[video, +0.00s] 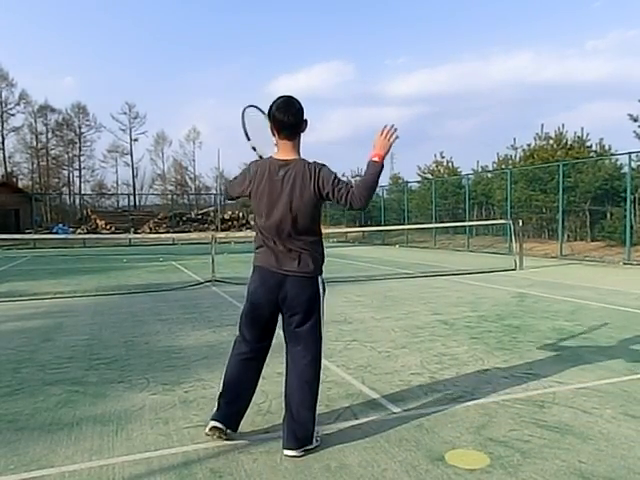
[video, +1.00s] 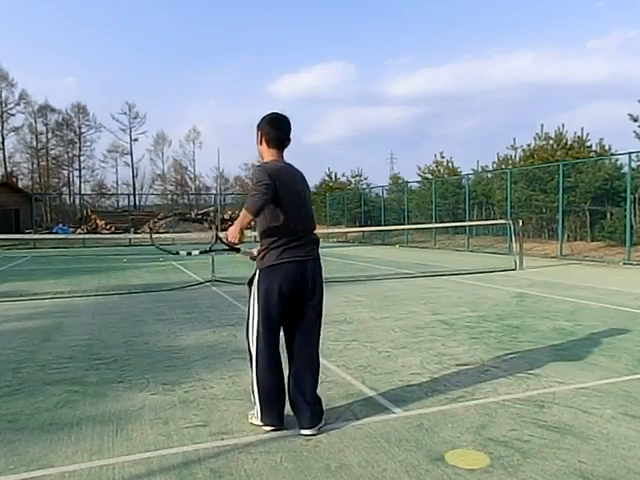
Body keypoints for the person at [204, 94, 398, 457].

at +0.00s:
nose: (279, 130)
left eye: (273, 125)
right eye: (301, 123)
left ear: (272, 129)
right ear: (304, 128)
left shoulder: (257, 172)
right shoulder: (315, 174)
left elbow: (230, 191)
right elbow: (357, 199)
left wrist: (255, 171)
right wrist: (377, 158)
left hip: (263, 277)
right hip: (302, 280)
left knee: (249, 345)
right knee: (302, 356)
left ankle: (224, 420)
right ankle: (297, 440)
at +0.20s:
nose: (268, 128)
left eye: (267, 123)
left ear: (270, 126)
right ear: (301, 126)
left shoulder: (267, 174)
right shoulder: (316, 165)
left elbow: (233, 217)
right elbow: (331, 171)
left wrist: (236, 217)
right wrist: (346, 141)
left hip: (271, 269)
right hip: (310, 270)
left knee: (251, 337)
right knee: (304, 348)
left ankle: (237, 412)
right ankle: (301, 433)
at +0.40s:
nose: (261, 128)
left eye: (263, 122)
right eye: (265, 122)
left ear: (266, 126)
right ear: (294, 130)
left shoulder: (277, 167)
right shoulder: (296, 163)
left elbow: (284, 211)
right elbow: (257, 178)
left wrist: (254, 224)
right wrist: (225, 189)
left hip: (274, 266)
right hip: (307, 264)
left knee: (261, 334)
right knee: (304, 338)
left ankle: (264, 408)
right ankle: (305, 422)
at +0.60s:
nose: (246, 146)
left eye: (247, 141)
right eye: (248, 141)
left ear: (252, 142)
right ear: (277, 146)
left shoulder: (271, 180)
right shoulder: (272, 183)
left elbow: (303, 207)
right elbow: (270, 229)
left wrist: (270, 230)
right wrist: (236, 234)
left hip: (271, 276)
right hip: (299, 274)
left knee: (260, 346)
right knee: (296, 345)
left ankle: (270, 413)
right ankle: (327, 407)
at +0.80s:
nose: (245, 143)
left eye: (245, 137)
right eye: (247, 137)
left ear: (250, 137)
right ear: (276, 141)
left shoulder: (267, 170)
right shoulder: (274, 174)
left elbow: (293, 198)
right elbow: (281, 222)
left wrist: (261, 223)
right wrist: (249, 241)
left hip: (272, 271)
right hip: (300, 268)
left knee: (263, 345)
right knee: (297, 343)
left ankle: (269, 413)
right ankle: (323, 407)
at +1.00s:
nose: (256, 143)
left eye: (256, 138)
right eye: (258, 138)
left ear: (261, 139)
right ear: (287, 141)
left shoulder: (264, 172)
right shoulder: (298, 176)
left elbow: (257, 200)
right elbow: (303, 226)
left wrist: (237, 227)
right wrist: (268, 247)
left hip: (275, 271)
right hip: (309, 268)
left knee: (263, 341)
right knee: (305, 344)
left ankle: (269, 414)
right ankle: (309, 417)